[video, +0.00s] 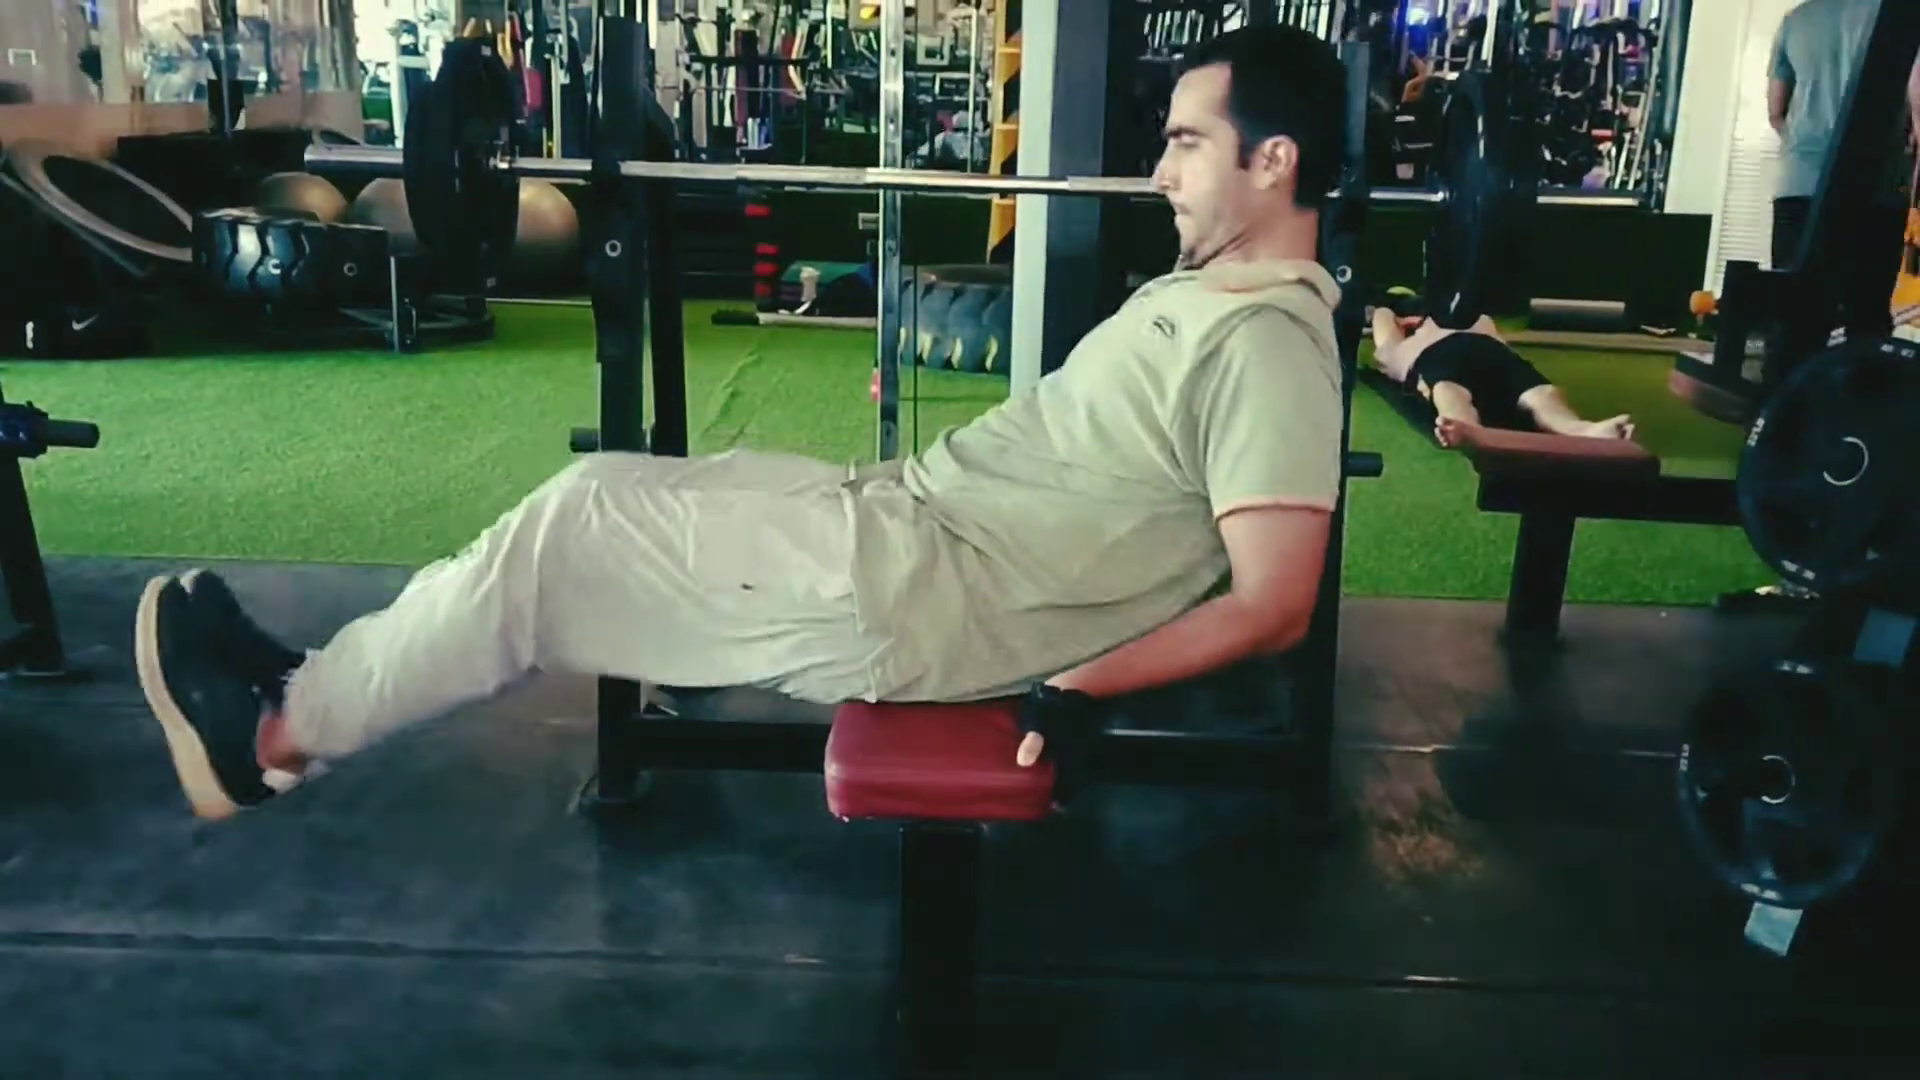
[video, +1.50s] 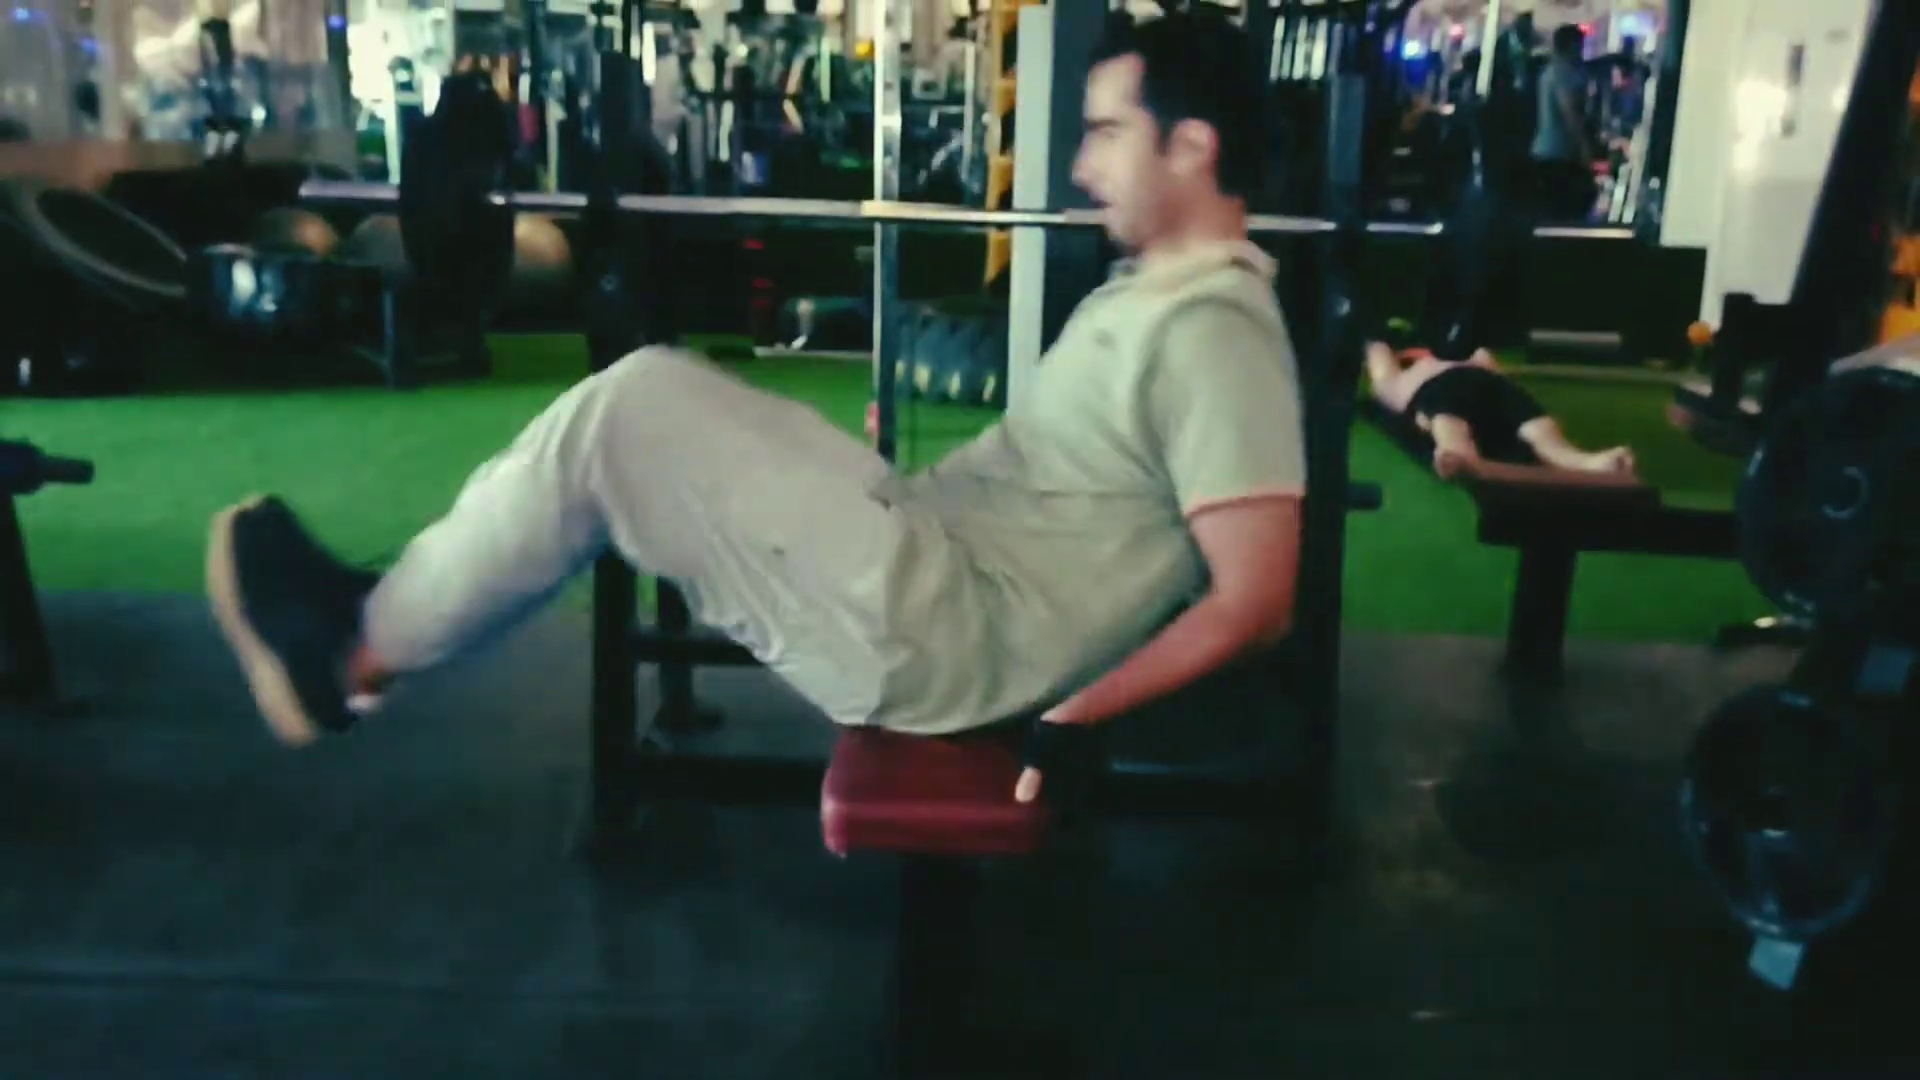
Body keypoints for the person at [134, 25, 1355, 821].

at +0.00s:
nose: (1164, 169)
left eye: (1190, 143)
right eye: (1170, 142)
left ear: (1280, 165)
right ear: (1261, 168)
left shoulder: (1269, 335)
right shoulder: (1212, 300)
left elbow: (1275, 602)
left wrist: (1068, 686)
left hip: (935, 590)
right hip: (908, 523)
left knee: (575, 535)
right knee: (589, 494)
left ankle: (272, 743)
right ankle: (303, 702)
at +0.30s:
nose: (932, 115)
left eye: (945, 82)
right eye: (928, 84)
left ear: (1036, 79)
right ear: (1033, 84)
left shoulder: (1096, 243)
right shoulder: (1050, 224)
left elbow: (1206, 511)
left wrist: (1042, 693)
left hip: (947, 612)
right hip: (927, 574)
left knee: (719, 292)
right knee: (724, 290)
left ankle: (496, 588)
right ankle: (503, 577)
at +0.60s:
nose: (1015, 133)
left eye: (1032, 101)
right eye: (1013, 103)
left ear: (1124, 104)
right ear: (1111, 104)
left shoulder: (1155, 274)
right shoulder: (1109, 251)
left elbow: (1241, 542)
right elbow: (1177, 506)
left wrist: (1050, 675)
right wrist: (1036, 636)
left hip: (937, 608)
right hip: (922, 558)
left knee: (627, 371)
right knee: (657, 340)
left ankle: (382, 653)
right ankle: (410, 617)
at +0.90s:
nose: (1145, 165)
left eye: (1171, 138)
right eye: (1150, 138)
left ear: (1263, 158)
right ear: (1245, 162)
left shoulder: (1252, 327)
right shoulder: (1197, 295)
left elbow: (1269, 599)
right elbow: (1212, 552)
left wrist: (1057, 686)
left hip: (939, 600)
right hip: (909, 538)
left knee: (576, 517)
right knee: (588, 484)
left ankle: (263, 726)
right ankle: (297, 677)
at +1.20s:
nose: (913, 121)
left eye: (926, 90)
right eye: (910, 92)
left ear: (1009, 91)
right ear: (1010, 96)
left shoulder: (1078, 256)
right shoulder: (1031, 238)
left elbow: (1202, 516)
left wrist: (1039, 701)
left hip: (935, 629)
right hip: (919, 594)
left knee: (738, 284)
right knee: (746, 278)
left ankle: (494, 572)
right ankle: (510, 540)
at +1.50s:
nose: (1084, 165)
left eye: (1107, 137)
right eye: (1088, 137)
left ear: (1197, 150)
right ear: (1176, 152)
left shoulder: (1216, 324)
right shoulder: (1159, 294)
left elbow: (1255, 598)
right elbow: (1077, 488)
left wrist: (1058, 716)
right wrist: (909, 493)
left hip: (956, 639)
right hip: (937, 585)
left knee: (634, 410)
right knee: (651, 390)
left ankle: (350, 660)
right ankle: (371, 633)